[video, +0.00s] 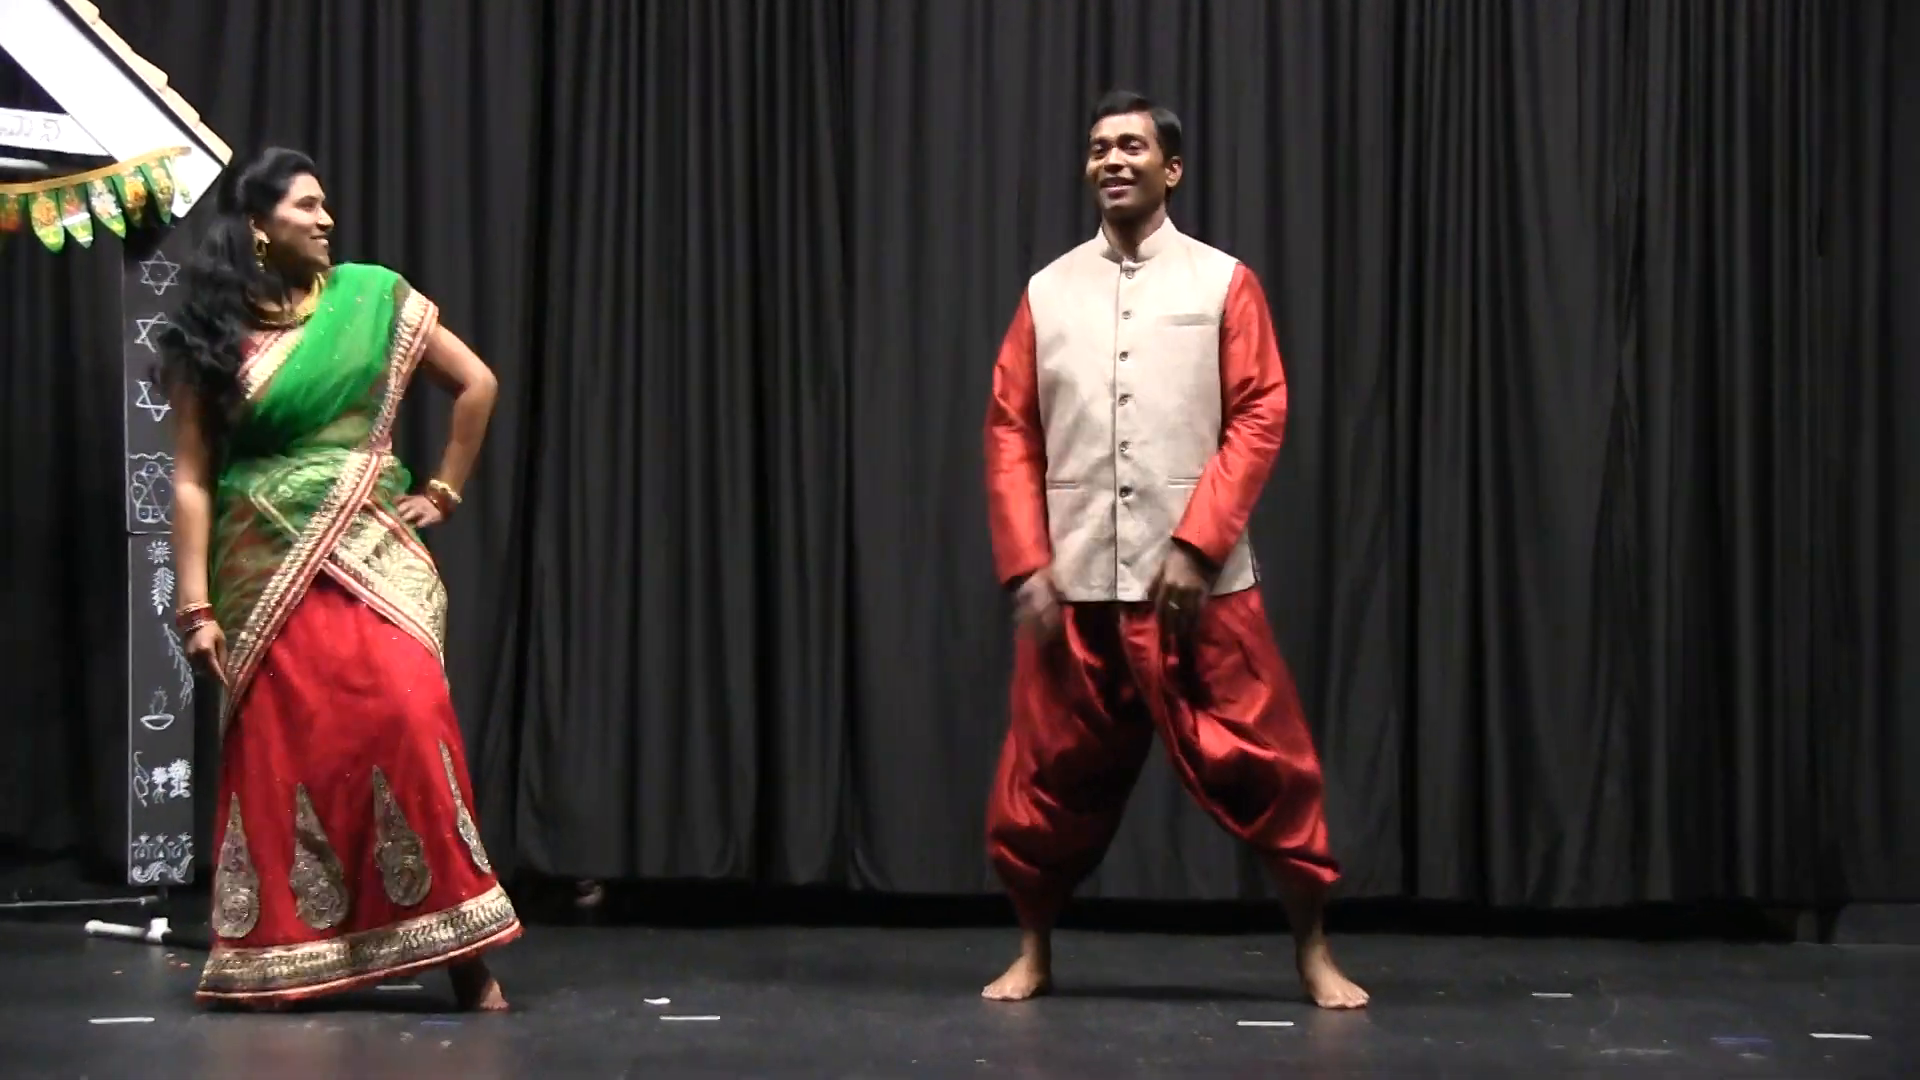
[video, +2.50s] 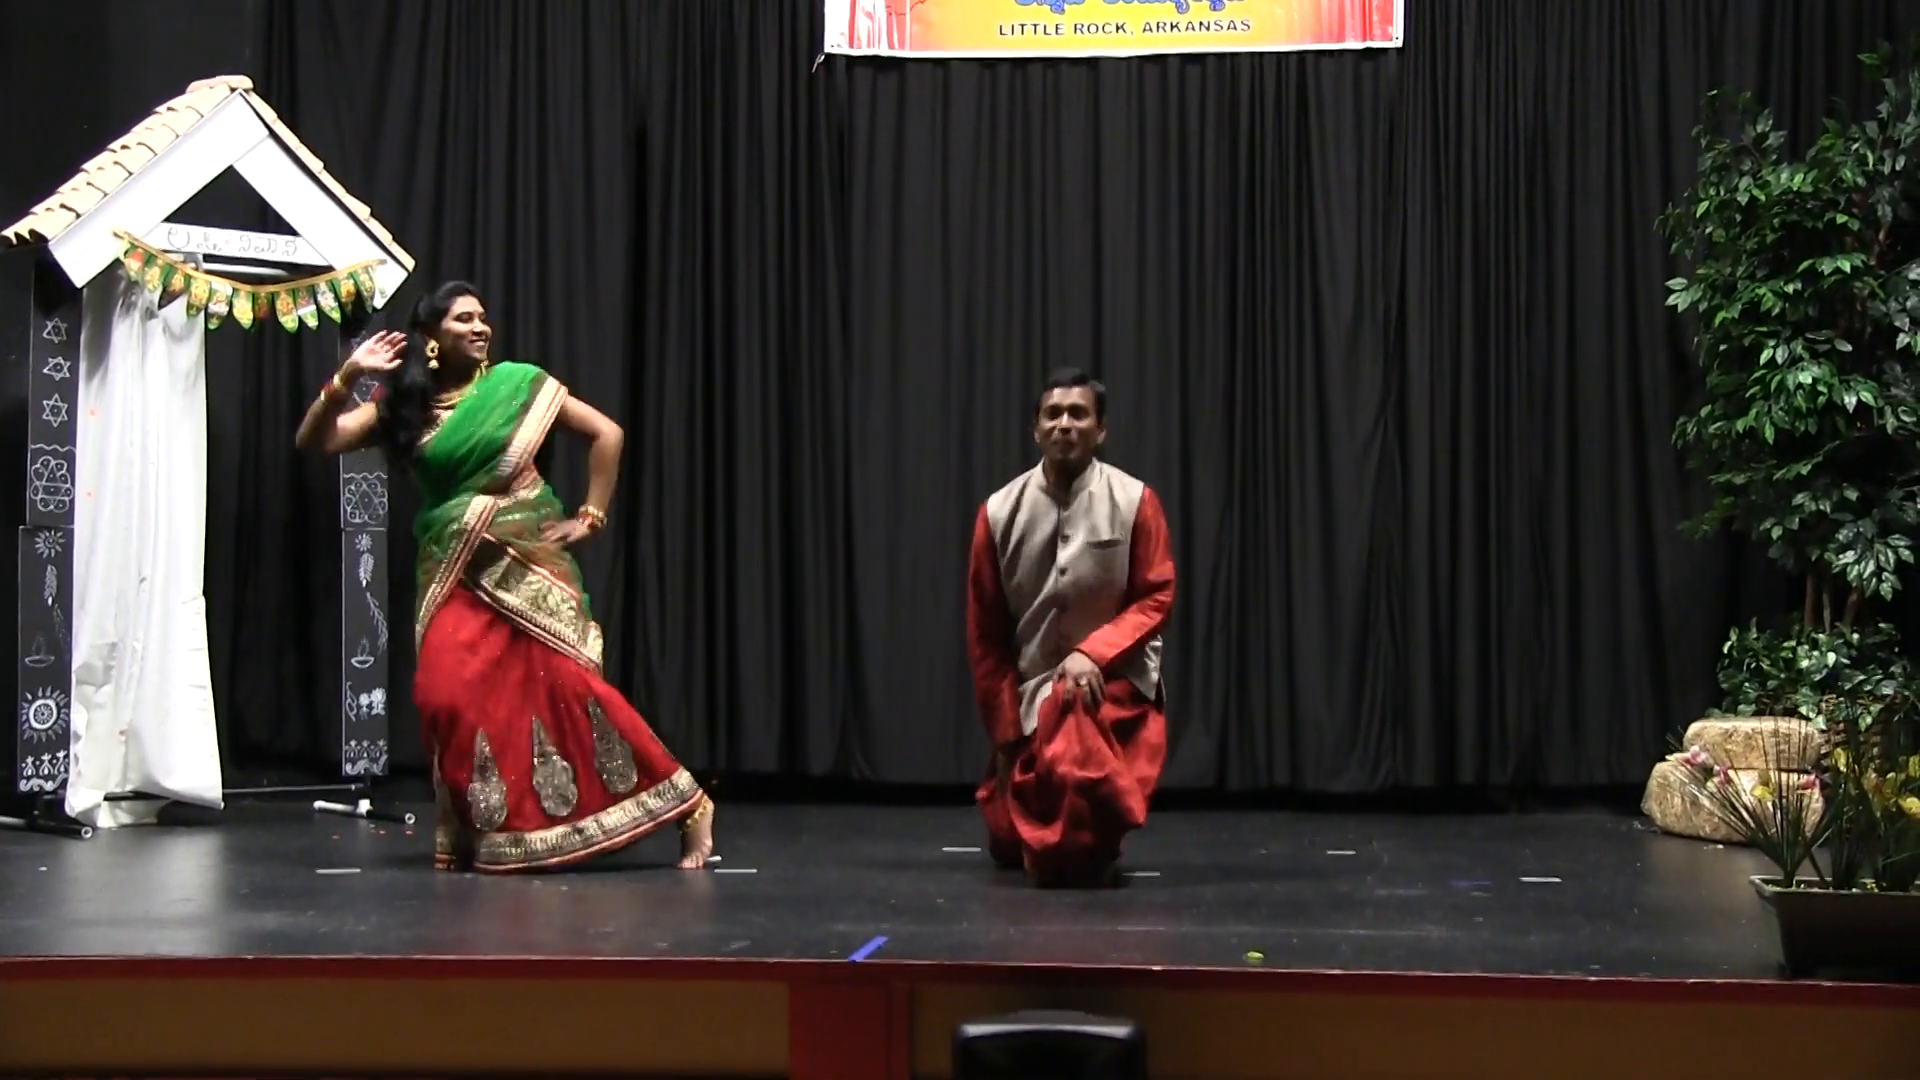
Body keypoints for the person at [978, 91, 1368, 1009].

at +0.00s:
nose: (1113, 160)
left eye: (1131, 146)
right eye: (1101, 149)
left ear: (1170, 166)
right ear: (1087, 173)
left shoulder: (1224, 282)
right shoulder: (1048, 290)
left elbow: (1261, 417)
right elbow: (1011, 431)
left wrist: (1198, 546)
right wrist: (1026, 565)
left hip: (1200, 579)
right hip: (1074, 584)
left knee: (1273, 763)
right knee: (1043, 774)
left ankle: (1315, 956)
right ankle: (1031, 955)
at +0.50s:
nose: (1071, 250)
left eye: (1087, 240)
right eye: (1071, 239)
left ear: (1129, 256)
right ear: (1073, 254)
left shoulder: (1176, 344)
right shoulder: (1041, 345)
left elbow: (1198, 448)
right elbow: (1011, 453)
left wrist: (1147, 542)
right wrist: (1005, 559)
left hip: (1143, 571)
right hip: (1049, 571)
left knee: (1196, 711)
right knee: (1018, 715)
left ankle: (1224, 855)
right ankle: (1004, 852)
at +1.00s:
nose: (1063, 276)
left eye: (1076, 266)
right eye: (1062, 267)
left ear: (1116, 279)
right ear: (1068, 281)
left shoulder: (1164, 364)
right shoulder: (1038, 365)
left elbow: (1188, 458)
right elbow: (1007, 466)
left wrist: (1126, 524)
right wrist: (996, 560)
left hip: (1132, 569)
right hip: (1043, 571)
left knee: (1175, 701)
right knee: (1012, 704)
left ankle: (1201, 834)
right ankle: (996, 830)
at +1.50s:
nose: (1065, 292)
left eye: (1079, 283)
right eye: (1058, 283)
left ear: (1107, 299)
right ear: (1046, 297)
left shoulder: (1140, 382)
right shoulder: (1015, 384)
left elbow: (1166, 482)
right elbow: (989, 489)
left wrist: (1138, 577)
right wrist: (979, 588)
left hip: (1114, 587)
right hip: (1035, 589)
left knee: (1140, 717)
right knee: (1042, 723)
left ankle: (1186, 831)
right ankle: (1059, 835)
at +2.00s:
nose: (1058, 318)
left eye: (1070, 307)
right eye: (1047, 307)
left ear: (1093, 321)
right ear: (1032, 321)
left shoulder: (1130, 401)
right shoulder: (998, 407)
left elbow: (1171, 490)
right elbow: (964, 503)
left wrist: (1131, 540)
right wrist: (1006, 513)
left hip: (1118, 593)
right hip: (1042, 595)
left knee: (1098, 701)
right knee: (1032, 713)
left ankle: (1097, 853)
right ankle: (1059, 821)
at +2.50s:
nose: (1064, 425)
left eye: (1078, 414)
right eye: (1053, 414)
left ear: (1100, 428)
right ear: (1037, 427)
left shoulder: (1133, 501)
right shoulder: (1000, 511)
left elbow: (1156, 596)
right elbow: (987, 631)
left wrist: (1091, 653)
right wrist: (1006, 731)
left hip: (1118, 682)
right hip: (1031, 692)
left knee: (1069, 699)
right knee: (1011, 840)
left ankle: (1090, 849)